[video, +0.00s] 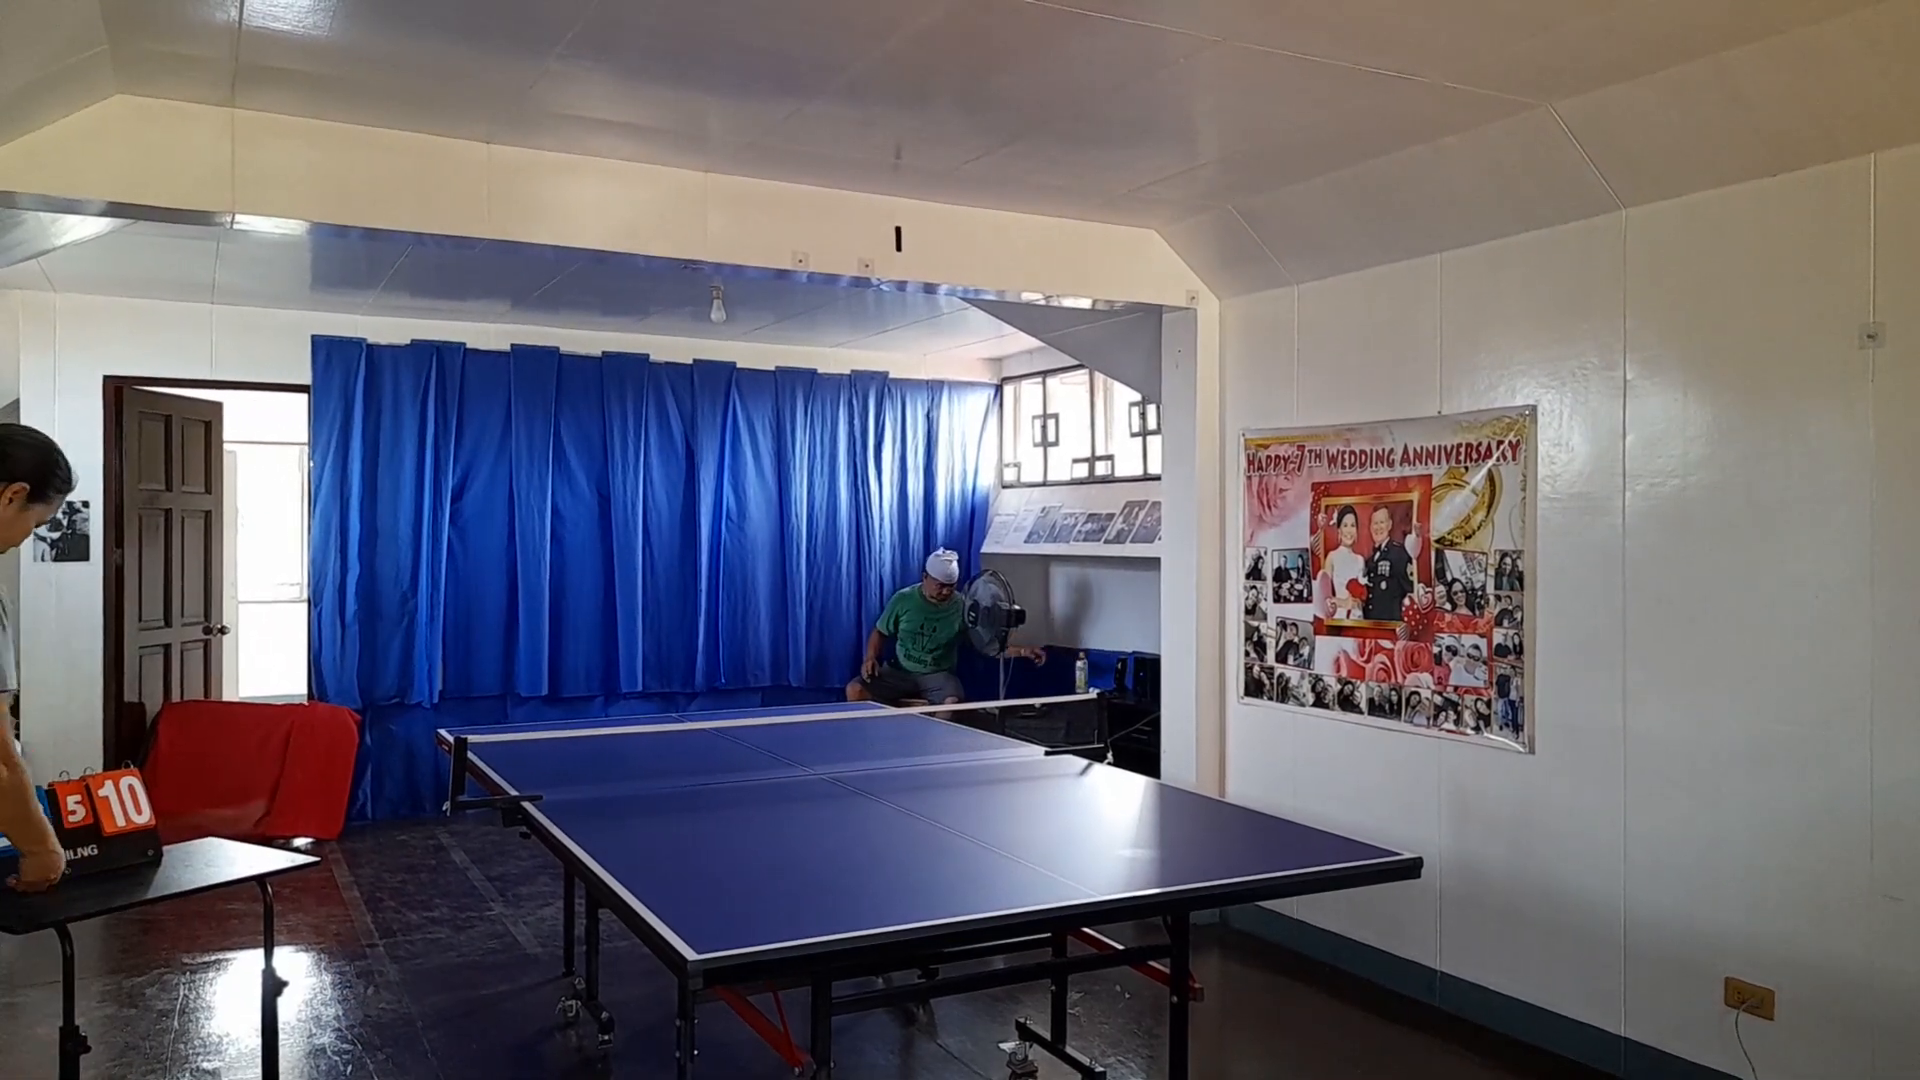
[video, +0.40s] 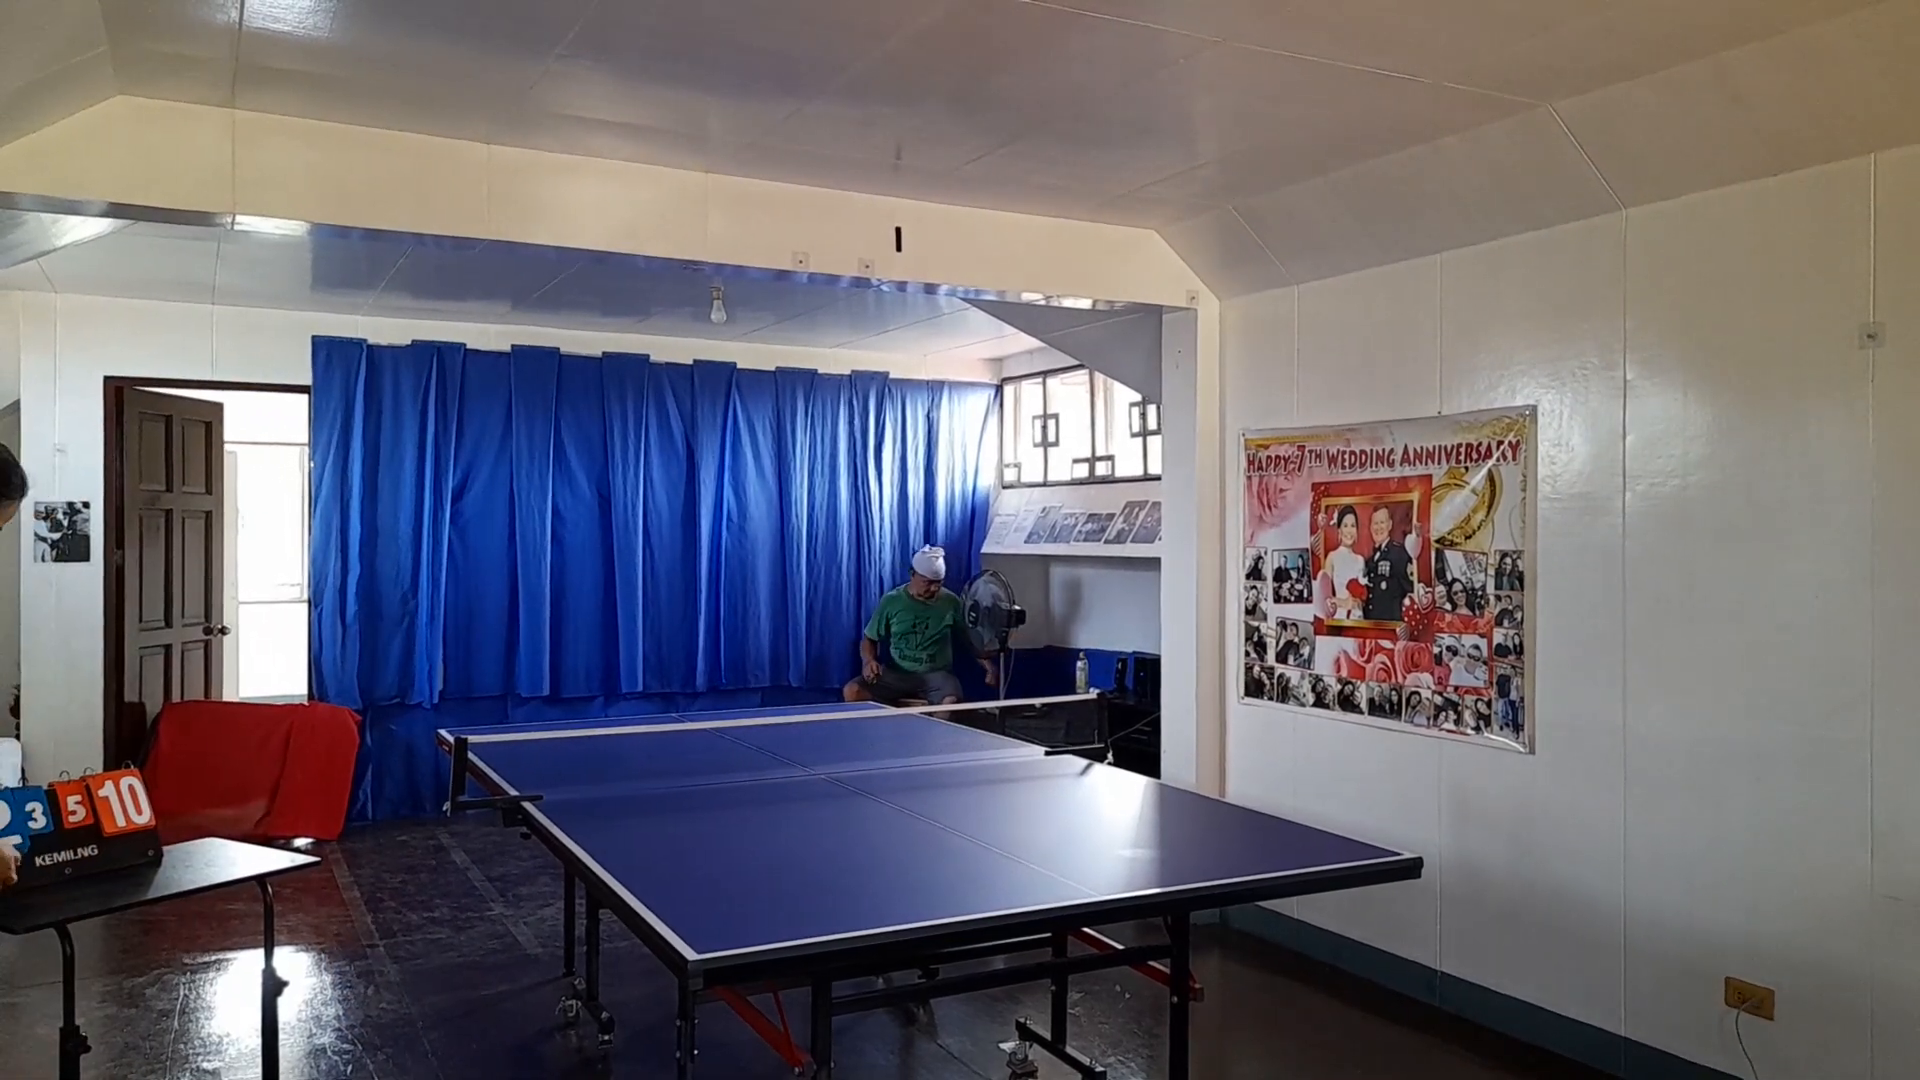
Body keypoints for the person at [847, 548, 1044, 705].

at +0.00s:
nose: (945, 592)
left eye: (950, 587)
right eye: (940, 585)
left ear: (956, 583)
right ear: (925, 578)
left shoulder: (963, 607)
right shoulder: (904, 599)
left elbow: (986, 645)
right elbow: (880, 632)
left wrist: (1022, 651)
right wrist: (870, 657)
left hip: (938, 676)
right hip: (901, 672)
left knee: (951, 703)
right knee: (854, 690)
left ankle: (933, 752)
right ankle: (871, 746)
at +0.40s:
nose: (933, 589)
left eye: (938, 583)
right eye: (928, 582)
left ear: (943, 579)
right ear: (913, 576)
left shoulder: (952, 603)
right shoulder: (891, 601)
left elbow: (970, 639)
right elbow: (869, 637)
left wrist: (988, 666)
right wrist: (868, 661)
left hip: (936, 675)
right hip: (898, 673)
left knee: (950, 701)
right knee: (852, 691)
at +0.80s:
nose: (910, 583)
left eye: (913, 576)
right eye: (903, 578)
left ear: (918, 573)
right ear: (887, 574)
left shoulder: (931, 597)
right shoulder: (872, 608)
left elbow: (951, 636)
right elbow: (864, 652)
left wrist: (960, 679)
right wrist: (874, 677)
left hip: (930, 671)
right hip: (890, 673)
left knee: (946, 697)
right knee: (849, 690)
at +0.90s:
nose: (905, 585)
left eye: (908, 579)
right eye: (898, 580)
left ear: (913, 576)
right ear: (883, 578)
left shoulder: (929, 598)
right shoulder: (870, 610)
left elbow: (949, 637)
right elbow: (862, 654)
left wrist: (960, 678)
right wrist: (873, 679)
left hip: (929, 671)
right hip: (890, 674)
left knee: (941, 700)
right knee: (849, 691)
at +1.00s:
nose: (900, 586)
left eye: (903, 579)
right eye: (892, 582)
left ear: (907, 574)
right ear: (877, 580)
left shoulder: (926, 598)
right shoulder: (866, 611)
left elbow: (949, 637)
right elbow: (858, 655)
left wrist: (961, 679)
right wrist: (872, 678)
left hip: (928, 671)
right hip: (888, 674)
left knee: (940, 698)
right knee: (848, 690)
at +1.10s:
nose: (891, 588)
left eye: (894, 581)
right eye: (884, 585)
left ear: (901, 573)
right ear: (873, 584)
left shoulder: (923, 598)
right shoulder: (864, 612)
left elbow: (948, 639)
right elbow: (857, 655)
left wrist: (964, 681)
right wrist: (871, 676)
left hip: (927, 670)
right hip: (887, 673)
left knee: (940, 698)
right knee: (848, 690)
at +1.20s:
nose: (883, 591)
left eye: (887, 583)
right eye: (876, 587)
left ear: (894, 574)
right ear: (867, 587)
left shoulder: (921, 599)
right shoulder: (862, 614)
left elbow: (948, 638)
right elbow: (857, 658)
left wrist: (964, 680)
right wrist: (870, 675)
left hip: (926, 671)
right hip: (887, 674)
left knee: (940, 699)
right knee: (848, 691)